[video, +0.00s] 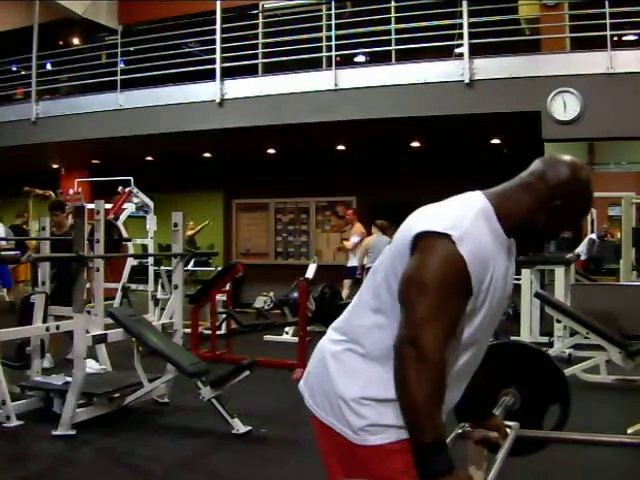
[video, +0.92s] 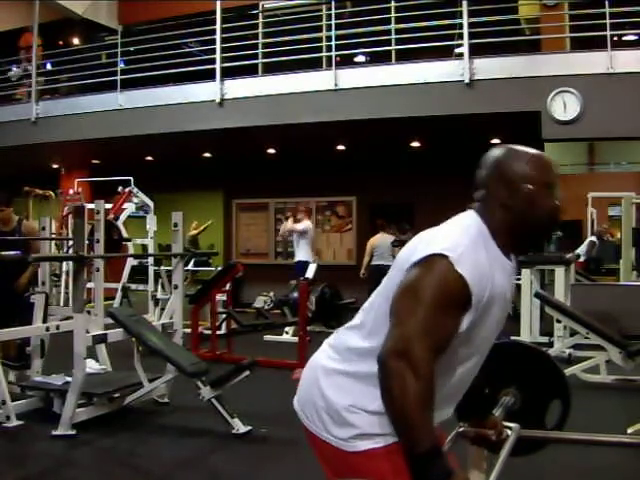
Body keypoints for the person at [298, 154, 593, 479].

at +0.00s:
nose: (562, 235)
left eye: (570, 226)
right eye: (567, 223)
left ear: (539, 192)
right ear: (551, 205)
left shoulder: (497, 240)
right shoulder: (454, 237)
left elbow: (454, 341)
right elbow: (417, 349)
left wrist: (471, 414)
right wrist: (437, 462)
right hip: (360, 399)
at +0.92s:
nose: (558, 204)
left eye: (556, 191)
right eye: (549, 190)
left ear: (510, 195)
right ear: (512, 194)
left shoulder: (496, 252)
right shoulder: (455, 258)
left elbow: (445, 346)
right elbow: (402, 359)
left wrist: (472, 412)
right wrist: (429, 464)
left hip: (396, 400)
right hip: (351, 408)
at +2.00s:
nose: (386, 142)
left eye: (389, 132)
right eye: (375, 129)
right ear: (335, 121)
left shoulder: (361, 200)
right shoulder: (304, 191)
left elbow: (352, 298)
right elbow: (256, 295)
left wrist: (402, 344)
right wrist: (335, 386)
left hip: (373, 414)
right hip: (312, 426)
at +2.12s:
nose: (380, 149)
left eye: (384, 138)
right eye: (371, 134)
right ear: (330, 122)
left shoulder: (354, 200)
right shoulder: (294, 194)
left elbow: (345, 298)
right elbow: (243, 296)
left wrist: (389, 343)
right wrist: (318, 390)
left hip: (360, 408)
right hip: (300, 421)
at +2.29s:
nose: (379, 160)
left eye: (382, 150)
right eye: (374, 147)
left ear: (336, 134)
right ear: (335, 133)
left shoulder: (347, 204)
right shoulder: (287, 198)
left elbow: (332, 301)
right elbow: (235, 296)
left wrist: (378, 346)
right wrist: (304, 392)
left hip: (333, 414)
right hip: (279, 423)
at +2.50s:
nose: (386, 162)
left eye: (390, 152)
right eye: (384, 149)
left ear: (349, 134)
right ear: (347, 133)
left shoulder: (350, 206)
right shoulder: (287, 198)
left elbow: (335, 294)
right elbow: (227, 283)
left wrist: (371, 342)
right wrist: (290, 379)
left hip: (328, 405)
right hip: (273, 413)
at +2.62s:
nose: (382, 163)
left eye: (386, 154)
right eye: (379, 150)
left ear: (345, 136)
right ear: (344, 135)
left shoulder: (348, 207)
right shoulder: (284, 197)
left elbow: (329, 298)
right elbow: (227, 284)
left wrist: (366, 346)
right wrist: (287, 378)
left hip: (329, 408)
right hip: (272, 417)